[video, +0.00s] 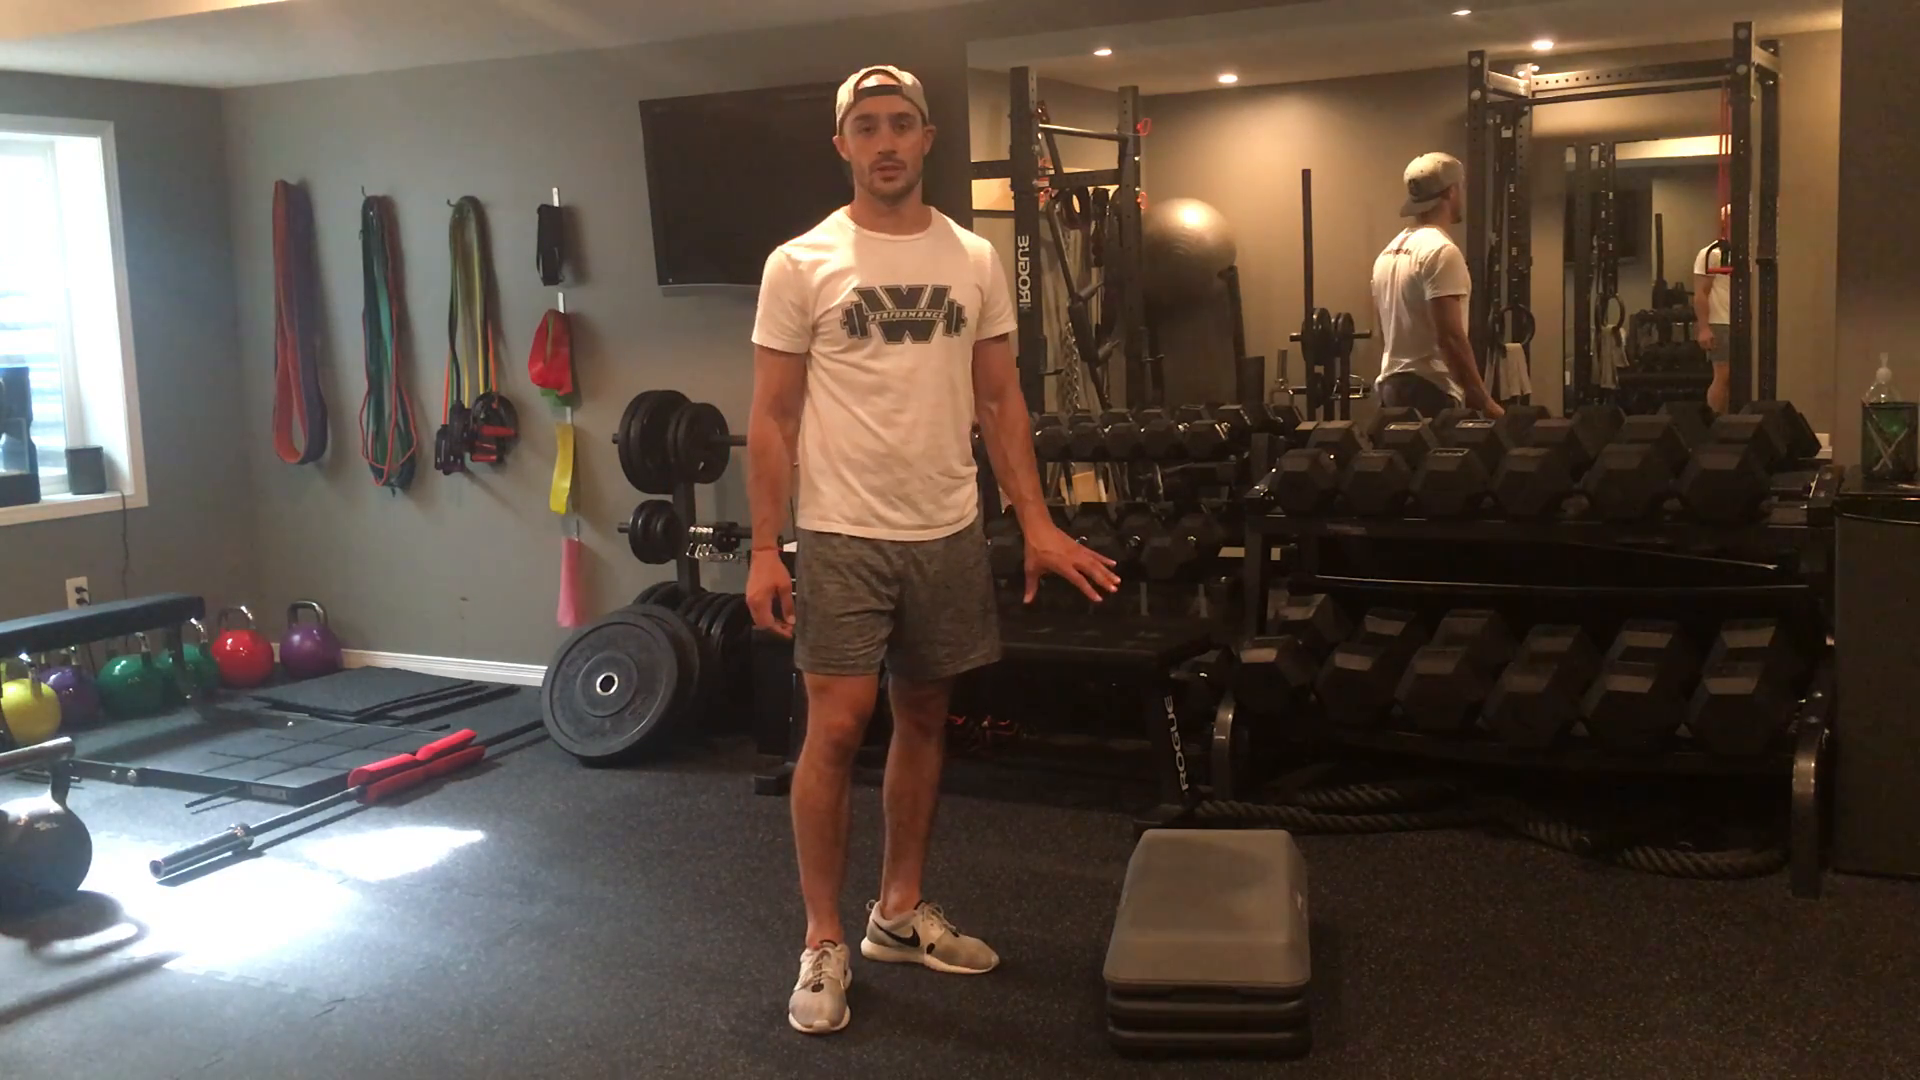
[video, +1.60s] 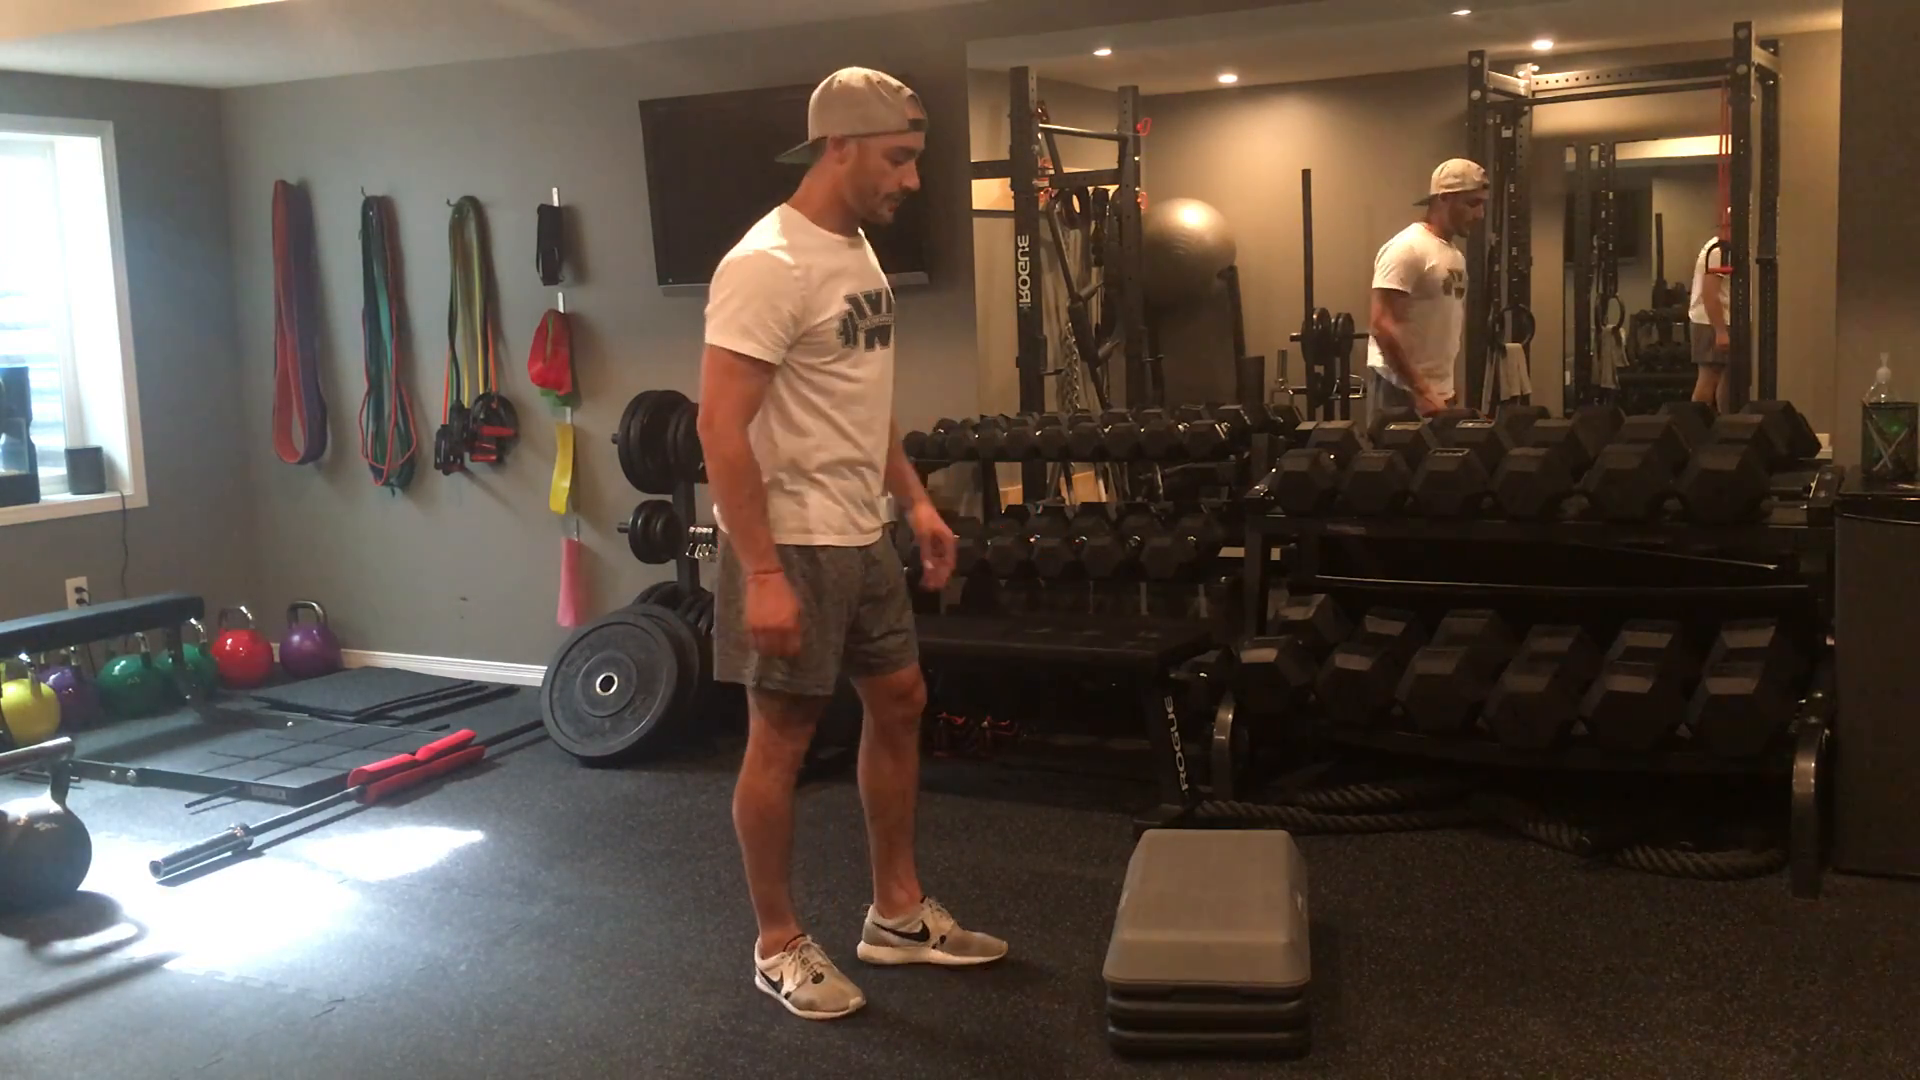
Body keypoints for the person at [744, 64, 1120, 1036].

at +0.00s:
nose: (887, 144)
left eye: (902, 127)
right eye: (868, 129)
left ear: (929, 139)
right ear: (842, 145)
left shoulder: (974, 260)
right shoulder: (801, 265)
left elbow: (1000, 400)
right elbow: (774, 416)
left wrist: (1037, 523)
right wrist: (764, 549)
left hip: (948, 534)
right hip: (840, 536)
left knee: (923, 722)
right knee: (837, 729)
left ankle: (900, 909)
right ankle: (821, 941)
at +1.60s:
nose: (911, 178)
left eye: (914, 159)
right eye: (898, 158)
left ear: (857, 156)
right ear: (840, 151)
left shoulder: (856, 254)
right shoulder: (763, 264)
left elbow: (866, 405)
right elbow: (718, 428)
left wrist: (916, 501)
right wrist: (763, 572)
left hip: (869, 540)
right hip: (789, 550)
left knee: (897, 709)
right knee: (777, 748)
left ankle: (899, 910)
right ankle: (778, 944)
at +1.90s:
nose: (983, 176)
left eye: (985, 158)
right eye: (973, 156)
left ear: (920, 156)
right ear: (919, 153)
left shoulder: (900, 257)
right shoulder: (845, 253)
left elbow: (865, 411)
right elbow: (796, 415)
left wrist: (902, 503)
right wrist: (886, 531)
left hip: (880, 537)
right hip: (813, 541)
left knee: (923, 705)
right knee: (796, 738)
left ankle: (897, 917)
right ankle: (777, 943)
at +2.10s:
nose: (1056, 192)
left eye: (1054, 174)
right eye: (1044, 173)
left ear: (995, 179)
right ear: (990, 176)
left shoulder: (970, 270)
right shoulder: (924, 261)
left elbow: (913, 413)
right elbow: (851, 405)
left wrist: (958, 498)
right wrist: (947, 512)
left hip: (918, 541)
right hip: (876, 542)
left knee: (959, 736)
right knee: (963, 737)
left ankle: (902, 926)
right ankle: (815, 905)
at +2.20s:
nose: (1086, 197)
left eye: (1085, 180)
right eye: (1073, 179)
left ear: (1021, 188)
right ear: (1018, 184)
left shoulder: (998, 284)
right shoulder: (951, 271)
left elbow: (944, 423)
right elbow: (848, 389)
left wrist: (1020, 481)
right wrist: (942, 501)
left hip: (927, 539)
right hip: (903, 541)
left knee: (973, 724)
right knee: (1079, 676)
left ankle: (906, 925)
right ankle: (914, 839)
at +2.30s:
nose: (1111, 131)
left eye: (1109, 113)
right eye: (1097, 112)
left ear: (1047, 127)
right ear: (1043, 125)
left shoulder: (1035, 228)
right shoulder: (973, 215)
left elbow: (967, 331)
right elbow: (859, 325)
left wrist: (1055, 361)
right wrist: (963, 425)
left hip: (951, 490)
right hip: (943, 494)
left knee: (962, 689)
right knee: (1133, 604)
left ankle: (915, 904)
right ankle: (1050, 817)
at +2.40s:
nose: (1137, 83)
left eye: (1134, 64)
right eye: (1120, 65)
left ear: (1072, 83)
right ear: (1062, 81)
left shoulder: (1057, 183)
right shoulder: (1003, 175)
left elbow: (1001, 296)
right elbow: (908, 303)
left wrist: (1081, 324)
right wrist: (1024, 396)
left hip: (976, 449)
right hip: (989, 450)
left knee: (1034, 642)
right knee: (1152, 606)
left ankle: (945, 853)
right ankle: (1114, 839)